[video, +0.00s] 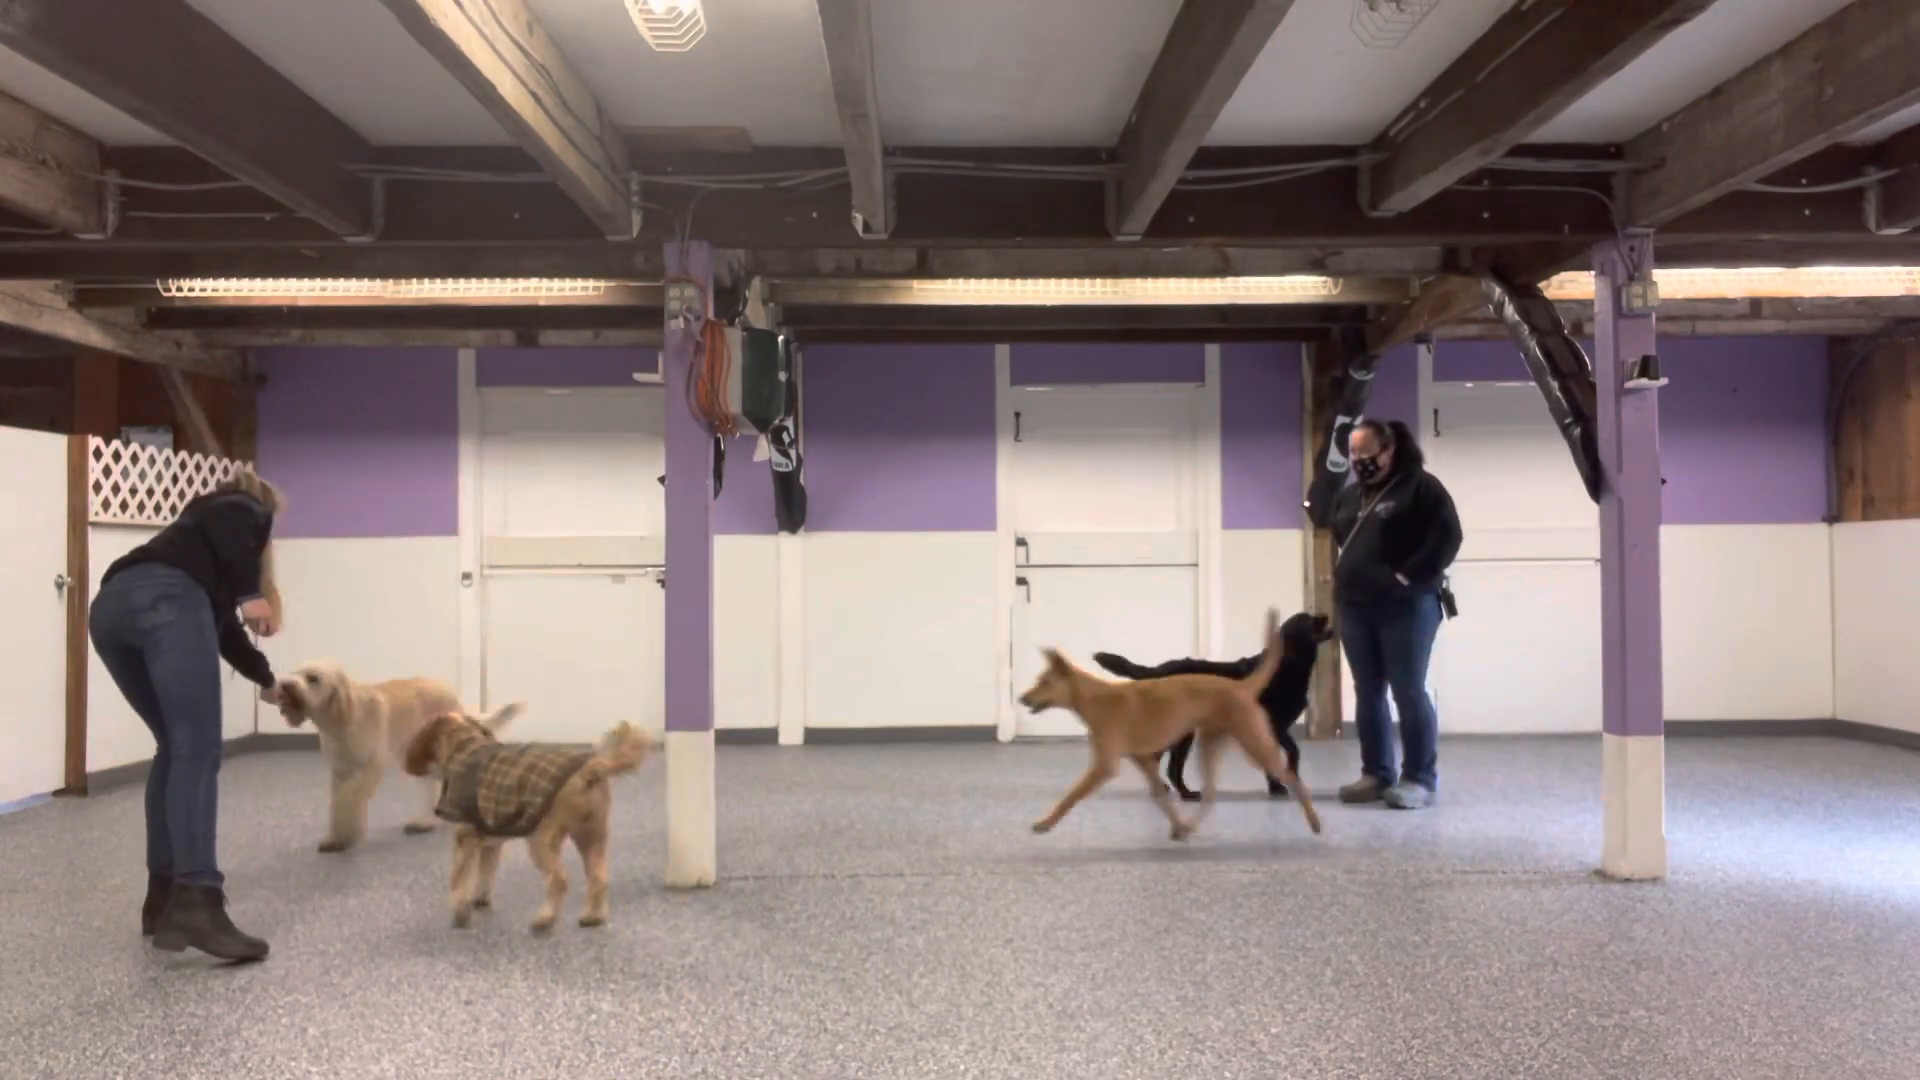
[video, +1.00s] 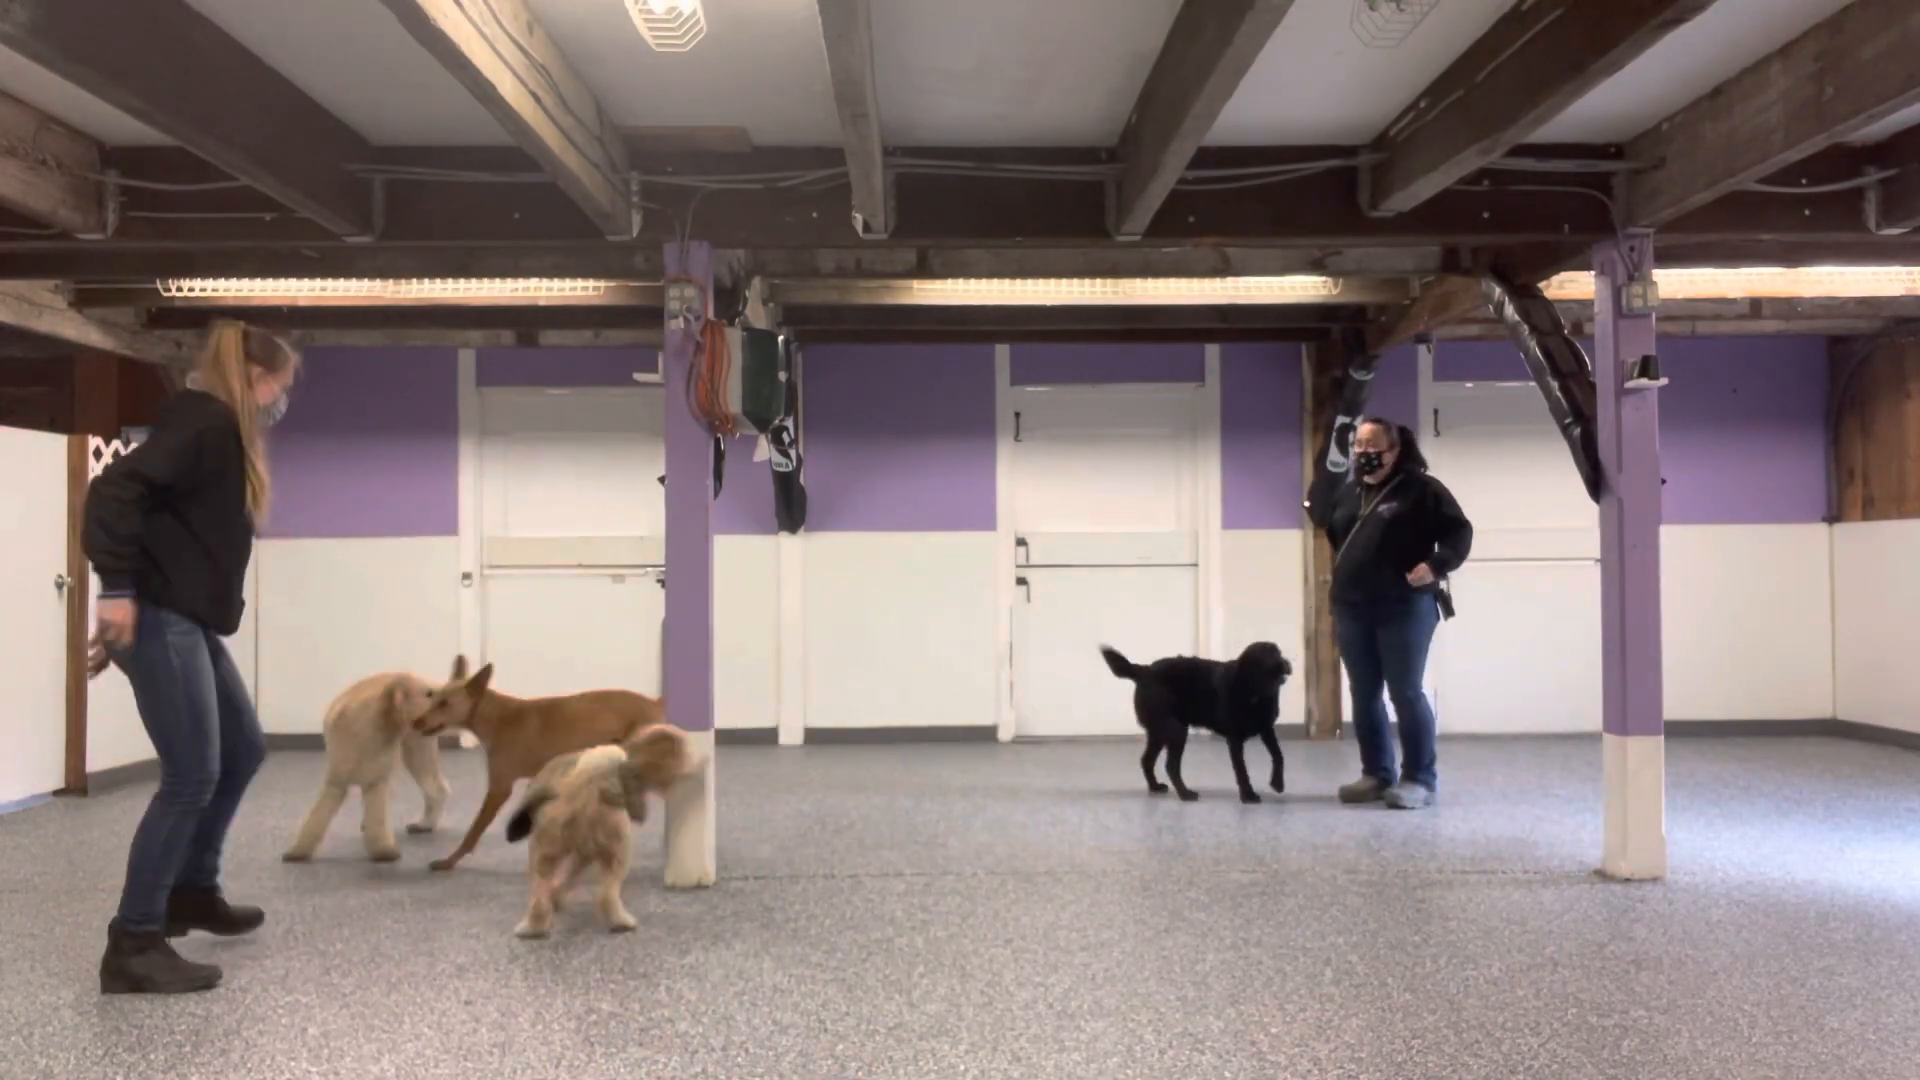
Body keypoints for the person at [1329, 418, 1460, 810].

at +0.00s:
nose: (1360, 463)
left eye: (1367, 454)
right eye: (1354, 456)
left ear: (1390, 448)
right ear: (1350, 457)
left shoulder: (1421, 486)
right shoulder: (1351, 493)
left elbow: (1449, 536)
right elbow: (1326, 519)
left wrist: (1409, 575)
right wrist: (1330, 469)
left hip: (1407, 601)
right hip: (1355, 602)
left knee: (1409, 689)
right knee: (1368, 691)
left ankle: (1419, 780)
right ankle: (1377, 774)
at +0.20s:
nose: (1361, 460)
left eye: (1368, 451)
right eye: (1355, 453)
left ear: (1393, 446)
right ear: (1351, 454)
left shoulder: (1422, 487)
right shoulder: (1353, 491)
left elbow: (1450, 535)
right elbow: (1328, 521)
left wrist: (1411, 574)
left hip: (1407, 601)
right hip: (1356, 603)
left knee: (1409, 690)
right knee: (1368, 691)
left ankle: (1419, 781)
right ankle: (1377, 774)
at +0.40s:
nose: (1364, 448)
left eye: (1373, 441)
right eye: (1359, 442)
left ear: (1396, 445)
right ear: (1353, 449)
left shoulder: (1421, 485)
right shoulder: (1353, 489)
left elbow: (1450, 535)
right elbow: (1325, 516)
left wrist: (1412, 574)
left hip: (1406, 600)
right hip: (1356, 601)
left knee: (1410, 691)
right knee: (1368, 691)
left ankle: (1419, 781)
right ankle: (1378, 775)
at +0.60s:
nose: (1364, 450)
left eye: (1373, 443)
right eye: (1359, 444)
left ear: (1395, 447)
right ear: (1354, 449)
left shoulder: (1422, 485)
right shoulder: (1352, 490)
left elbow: (1451, 536)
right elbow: (1322, 517)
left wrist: (1414, 574)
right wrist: (1329, 469)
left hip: (1405, 600)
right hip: (1356, 602)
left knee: (1409, 691)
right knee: (1368, 691)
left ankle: (1420, 781)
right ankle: (1377, 775)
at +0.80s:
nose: (1366, 453)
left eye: (1374, 446)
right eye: (1360, 447)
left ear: (1397, 447)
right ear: (1353, 451)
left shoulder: (1422, 486)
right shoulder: (1351, 492)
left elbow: (1454, 533)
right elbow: (1323, 515)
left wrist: (1416, 571)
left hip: (1407, 602)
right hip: (1355, 603)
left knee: (1409, 691)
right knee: (1367, 692)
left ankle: (1419, 781)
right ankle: (1377, 774)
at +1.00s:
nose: (1365, 453)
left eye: (1373, 446)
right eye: (1359, 447)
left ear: (1395, 449)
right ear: (1352, 451)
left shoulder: (1421, 488)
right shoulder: (1350, 492)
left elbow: (1460, 532)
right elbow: (1335, 532)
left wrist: (1435, 565)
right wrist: (1320, 510)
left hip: (1405, 603)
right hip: (1352, 605)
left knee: (1406, 692)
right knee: (1365, 695)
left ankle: (1419, 781)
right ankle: (1378, 775)